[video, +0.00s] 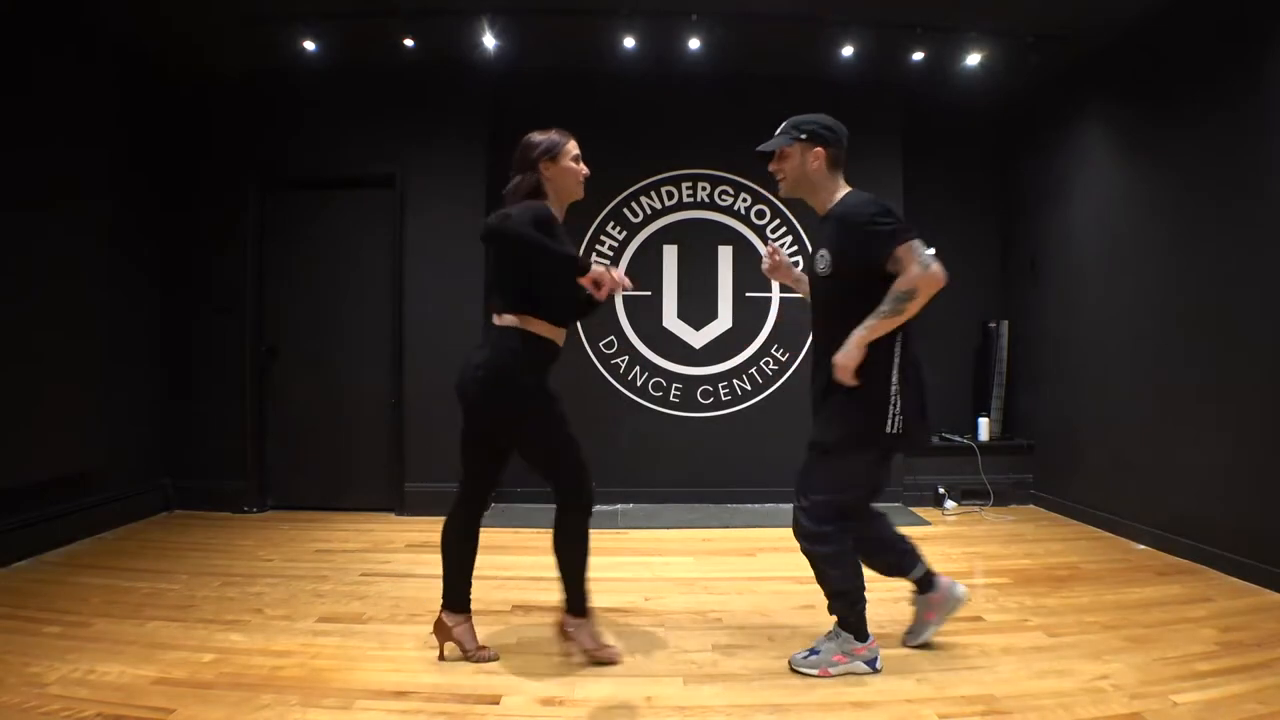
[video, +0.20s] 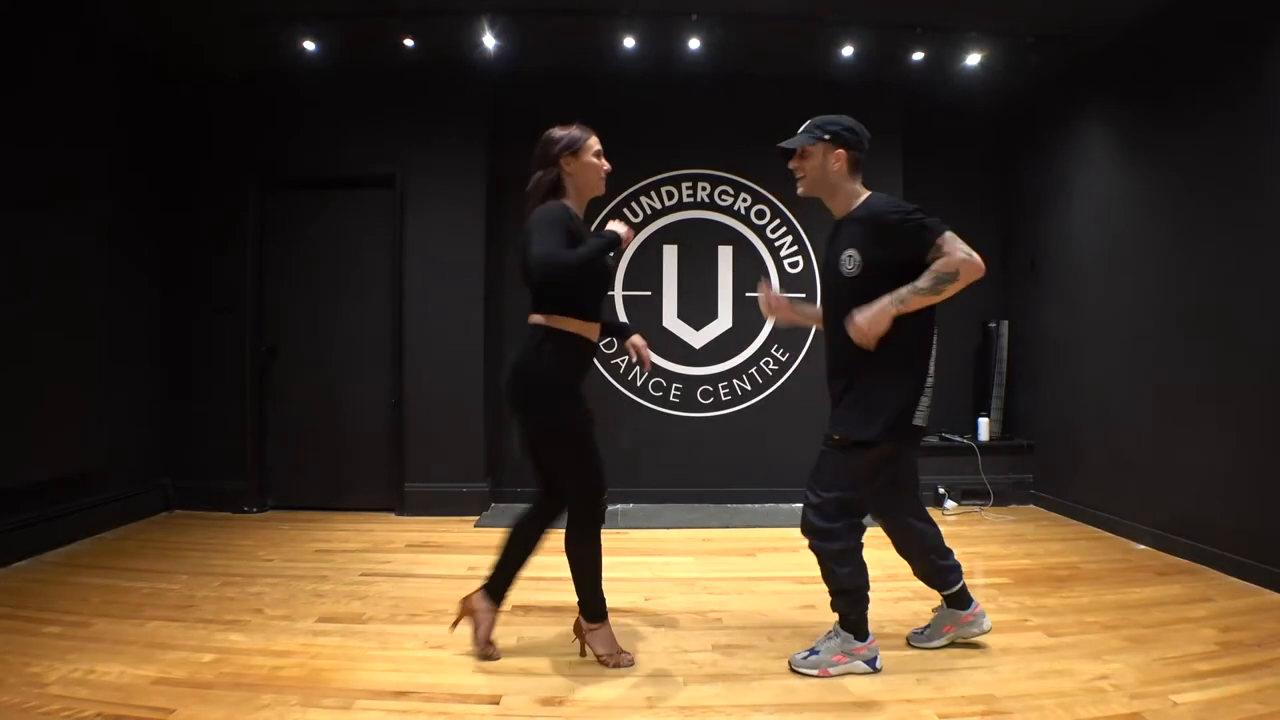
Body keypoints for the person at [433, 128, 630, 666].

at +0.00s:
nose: (585, 169)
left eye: (583, 160)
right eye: (575, 160)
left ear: (556, 172)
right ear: (544, 169)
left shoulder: (551, 230)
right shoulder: (526, 214)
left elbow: (562, 312)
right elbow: (497, 230)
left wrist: (595, 291)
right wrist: (582, 273)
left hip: (510, 369)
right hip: (511, 370)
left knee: (473, 494)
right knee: (575, 488)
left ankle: (453, 614)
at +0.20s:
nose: (607, 164)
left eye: (604, 155)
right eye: (596, 156)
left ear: (581, 166)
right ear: (566, 165)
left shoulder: (585, 225)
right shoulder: (550, 216)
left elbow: (579, 307)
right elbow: (547, 274)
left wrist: (624, 333)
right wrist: (607, 242)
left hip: (560, 368)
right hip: (547, 368)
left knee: (553, 495)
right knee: (587, 495)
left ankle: (487, 598)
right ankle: (594, 619)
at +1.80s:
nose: (453, 153)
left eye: (450, 145)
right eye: (439, 146)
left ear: (441, 164)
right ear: (410, 164)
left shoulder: (461, 236)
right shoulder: (396, 220)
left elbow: (528, 283)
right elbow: (442, 252)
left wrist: (597, 282)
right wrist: (524, 221)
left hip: (432, 371)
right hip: (390, 367)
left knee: (425, 491)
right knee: (427, 485)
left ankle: (408, 613)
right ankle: (365, 599)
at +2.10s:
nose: (409, 161)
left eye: (415, 156)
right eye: (396, 156)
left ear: (425, 172)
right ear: (376, 175)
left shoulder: (431, 245)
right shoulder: (372, 228)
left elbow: (484, 306)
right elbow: (425, 273)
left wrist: (545, 300)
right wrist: (509, 268)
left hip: (403, 375)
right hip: (354, 369)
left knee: (430, 489)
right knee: (332, 491)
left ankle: (416, 610)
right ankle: (306, 613)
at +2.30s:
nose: (419, 169)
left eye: (424, 162)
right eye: (405, 164)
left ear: (432, 178)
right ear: (384, 182)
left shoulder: (426, 246)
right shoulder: (385, 237)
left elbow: (456, 303)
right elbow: (428, 302)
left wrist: (519, 294)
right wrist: (510, 295)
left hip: (410, 383)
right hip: (366, 379)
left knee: (449, 491)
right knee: (333, 497)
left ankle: (422, 600)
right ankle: (304, 613)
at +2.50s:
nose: (448, 162)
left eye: (453, 155)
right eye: (435, 156)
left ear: (460, 169)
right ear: (413, 174)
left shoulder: (447, 233)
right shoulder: (418, 226)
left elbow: (491, 306)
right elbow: (454, 284)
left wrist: (531, 286)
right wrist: (530, 272)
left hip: (441, 368)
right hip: (414, 367)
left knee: (451, 486)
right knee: (446, 484)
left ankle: (418, 598)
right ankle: (394, 595)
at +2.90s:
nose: (513, 158)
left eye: (518, 152)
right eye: (500, 152)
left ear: (524, 167)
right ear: (475, 169)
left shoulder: (518, 230)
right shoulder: (489, 223)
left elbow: (551, 312)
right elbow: (549, 270)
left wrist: (619, 337)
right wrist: (618, 255)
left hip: (512, 368)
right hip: (489, 367)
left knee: (536, 491)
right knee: (522, 494)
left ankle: (467, 582)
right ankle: (531, 622)